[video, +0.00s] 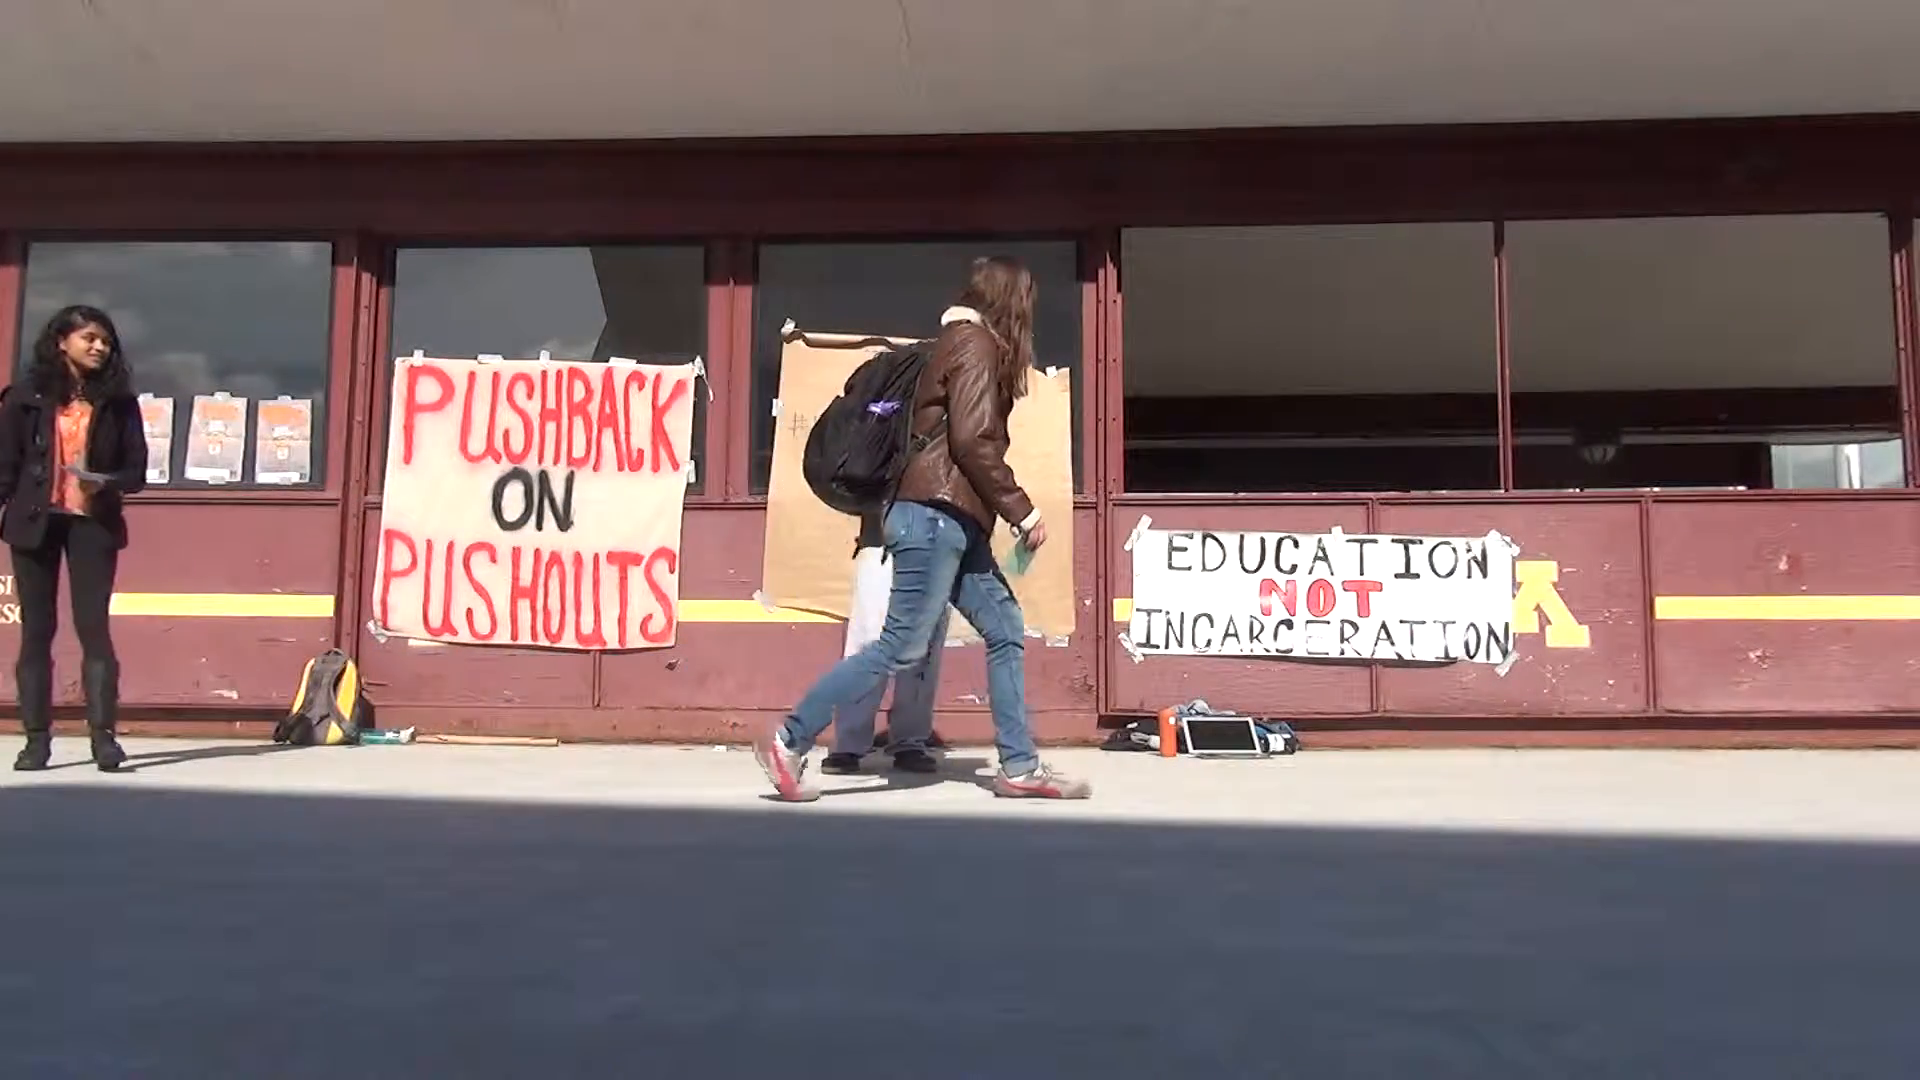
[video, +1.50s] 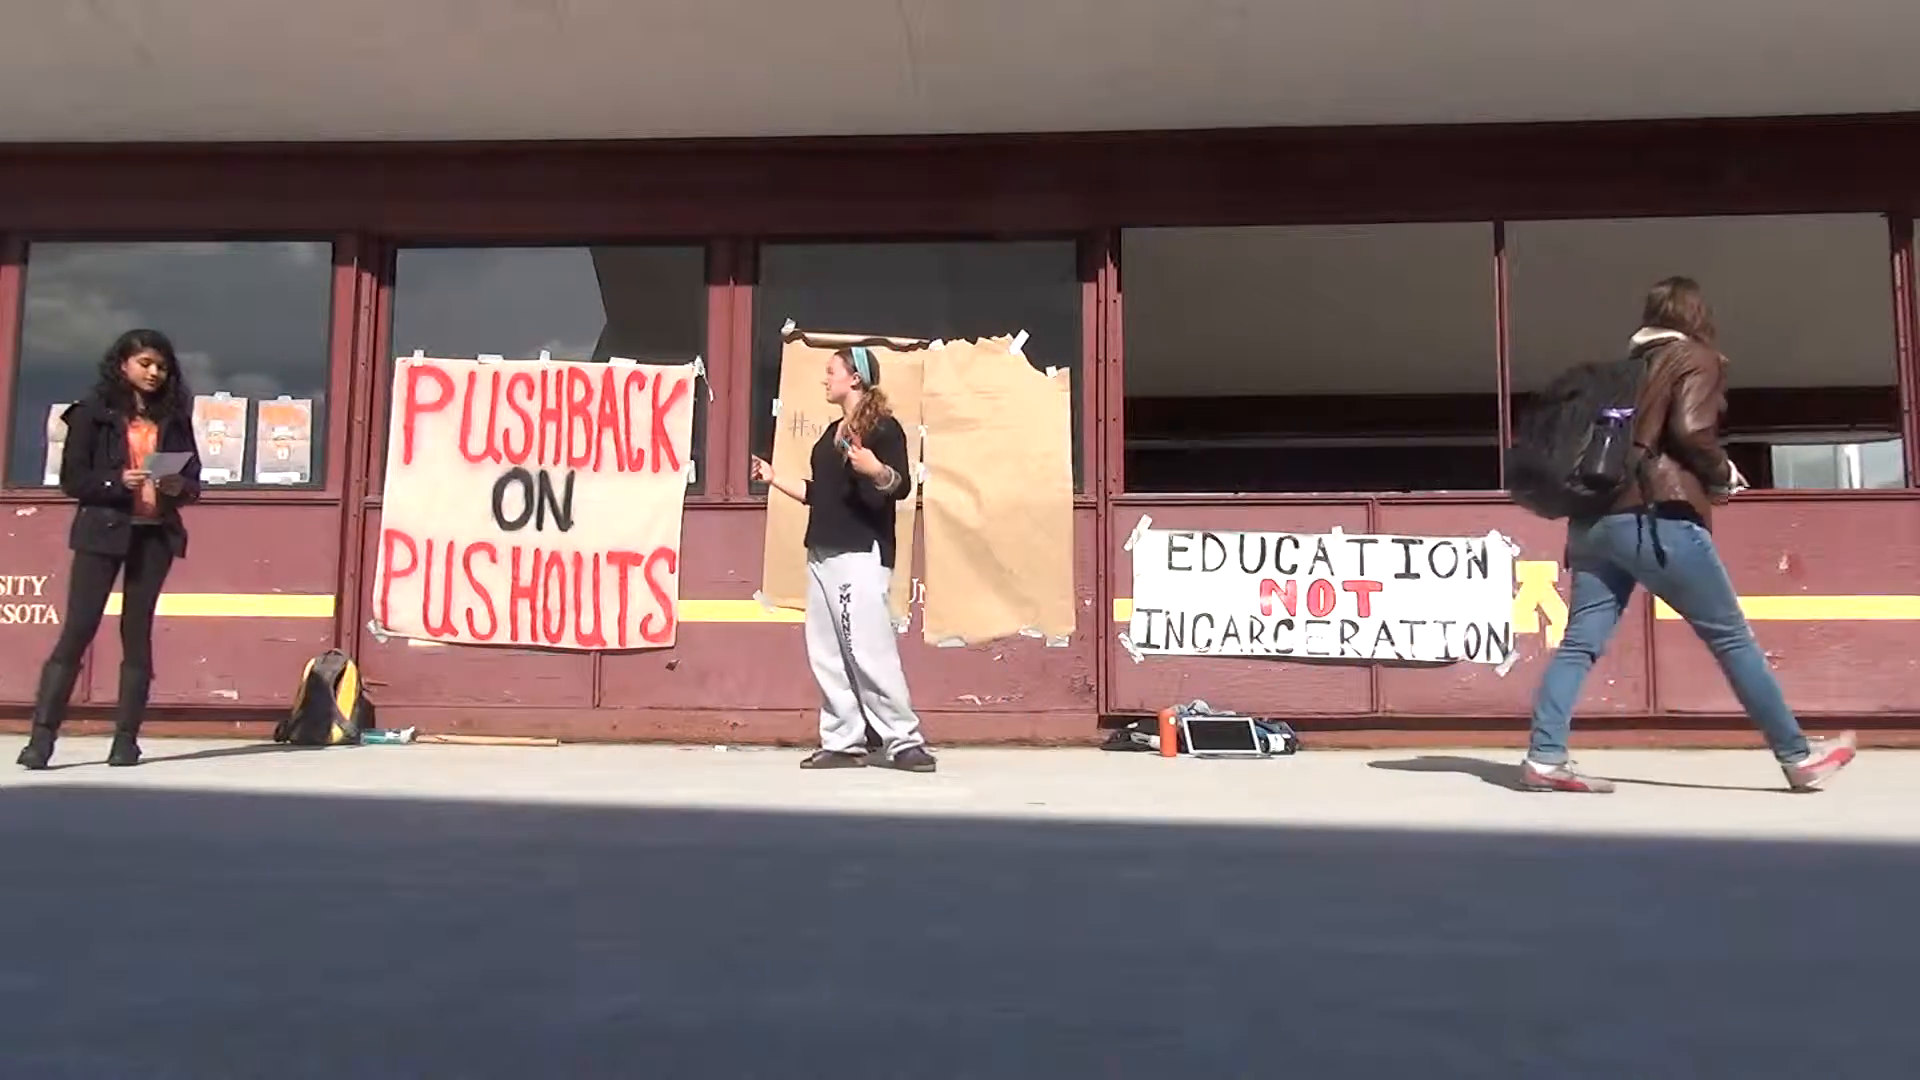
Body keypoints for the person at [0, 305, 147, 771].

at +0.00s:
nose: (98, 347)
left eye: (104, 340)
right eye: (88, 338)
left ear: (111, 349)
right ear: (61, 341)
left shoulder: (118, 400)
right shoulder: (25, 395)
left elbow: (136, 472)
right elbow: (10, 462)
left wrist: (107, 482)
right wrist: (10, 508)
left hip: (92, 524)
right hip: (33, 521)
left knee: (93, 625)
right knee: (37, 628)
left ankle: (104, 737)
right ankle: (36, 739)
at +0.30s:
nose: (105, 350)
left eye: (111, 344)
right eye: (95, 341)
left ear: (117, 353)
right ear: (67, 345)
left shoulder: (124, 403)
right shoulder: (32, 399)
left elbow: (142, 475)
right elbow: (11, 467)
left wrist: (114, 476)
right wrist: (10, 510)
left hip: (96, 525)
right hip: (38, 522)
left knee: (97, 625)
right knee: (38, 628)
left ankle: (117, 730)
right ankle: (36, 738)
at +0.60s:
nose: (124, 357)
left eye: (131, 351)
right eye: (114, 348)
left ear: (136, 360)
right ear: (88, 351)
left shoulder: (146, 411)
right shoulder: (55, 404)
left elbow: (164, 479)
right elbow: (32, 474)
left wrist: (143, 480)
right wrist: (7, 517)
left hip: (121, 528)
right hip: (64, 524)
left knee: (118, 627)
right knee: (56, 628)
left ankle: (126, 734)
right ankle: (40, 737)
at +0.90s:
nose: (141, 365)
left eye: (148, 359)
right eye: (132, 356)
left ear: (154, 366)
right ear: (107, 359)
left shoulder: (165, 415)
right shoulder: (79, 410)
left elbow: (184, 483)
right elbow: (53, 474)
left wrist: (173, 485)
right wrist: (78, 482)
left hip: (146, 531)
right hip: (93, 528)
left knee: (135, 630)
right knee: (72, 629)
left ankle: (127, 736)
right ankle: (40, 739)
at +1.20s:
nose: (151, 371)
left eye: (158, 365)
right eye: (143, 362)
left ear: (165, 371)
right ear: (120, 363)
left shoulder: (173, 417)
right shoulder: (89, 413)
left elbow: (192, 483)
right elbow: (72, 481)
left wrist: (184, 487)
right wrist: (120, 482)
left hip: (156, 533)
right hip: (104, 529)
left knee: (139, 629)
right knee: (82, 627)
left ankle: (127, 735)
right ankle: (43, 735)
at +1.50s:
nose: (154, 372)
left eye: (161, 366)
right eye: (145, 363)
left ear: (167, 372)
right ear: (123, 365)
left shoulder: (175, 417)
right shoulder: (92, 410)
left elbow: (192, 484)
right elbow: (72, 481)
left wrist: (177, 489)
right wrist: (119, 483)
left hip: (155, 533)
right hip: (103, 529)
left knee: (137, 629)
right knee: (79, 628)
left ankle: (126, 738)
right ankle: (42, 737)